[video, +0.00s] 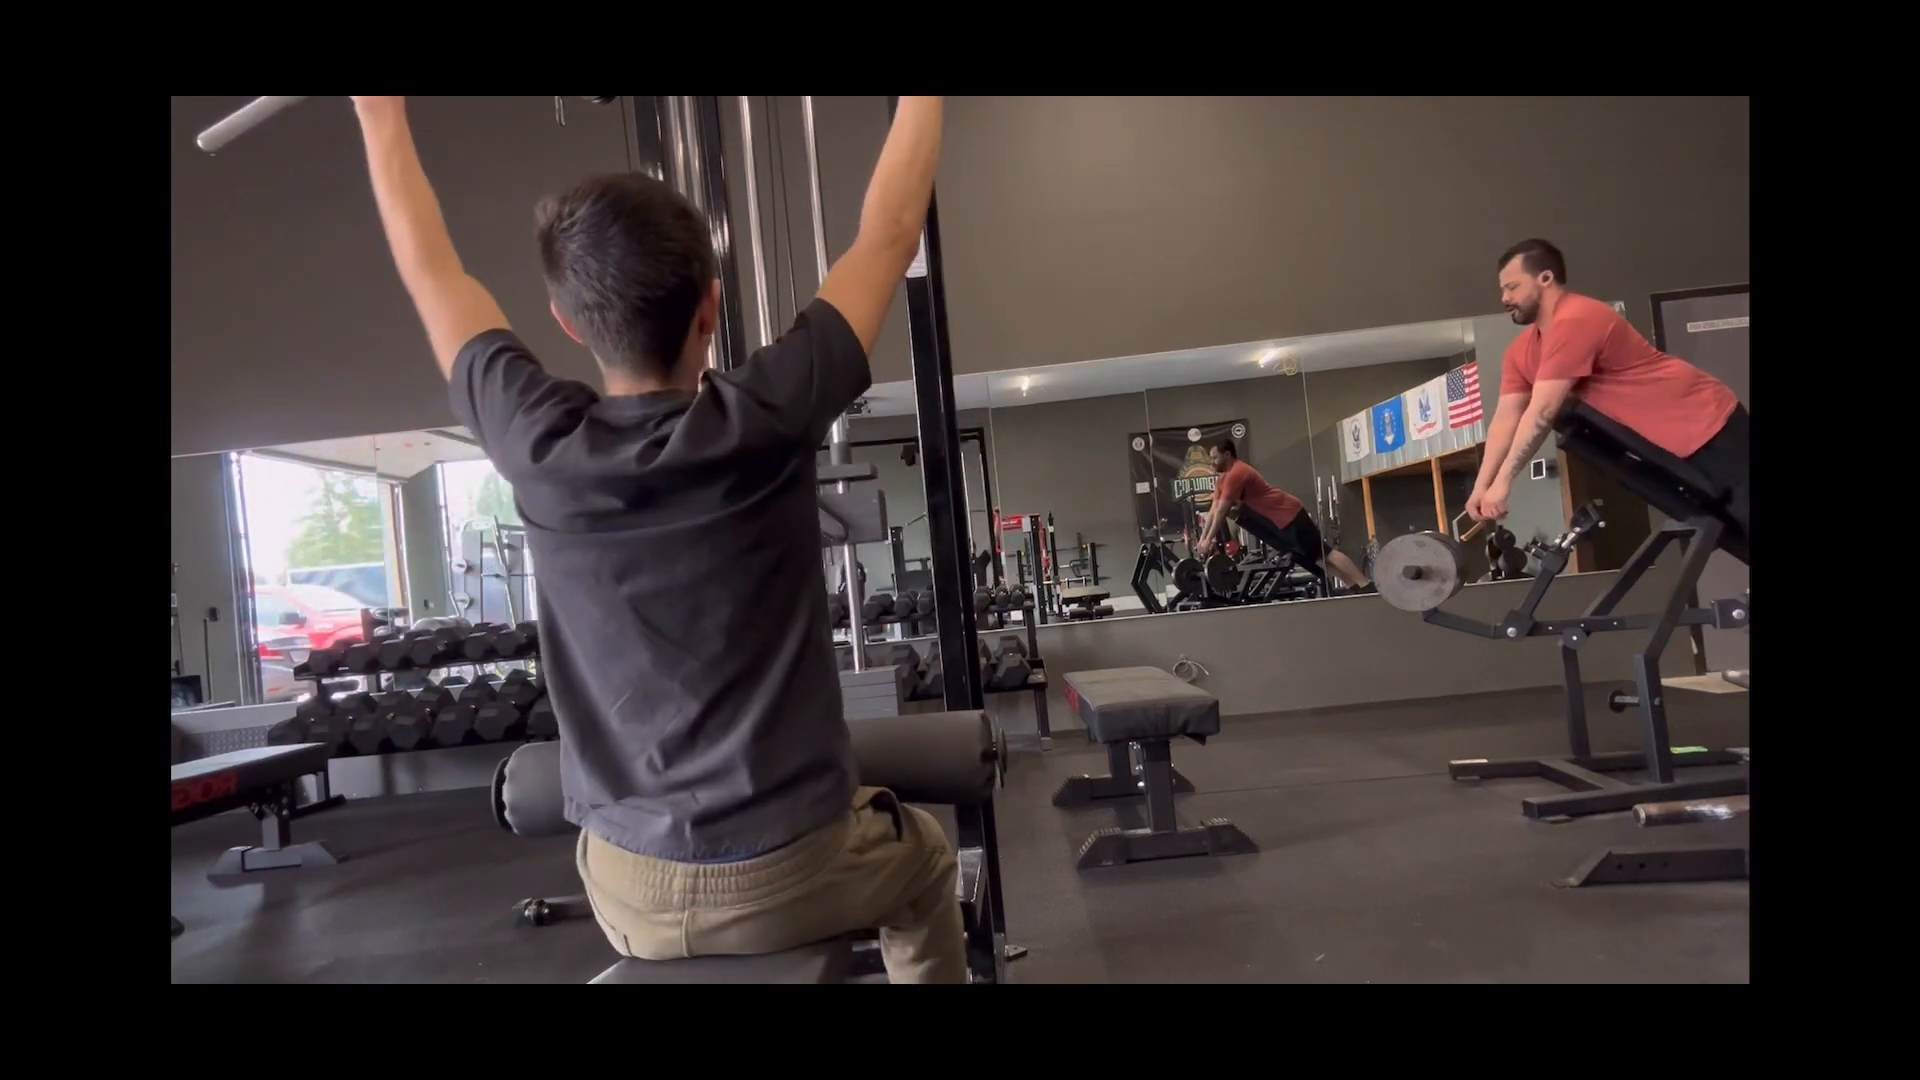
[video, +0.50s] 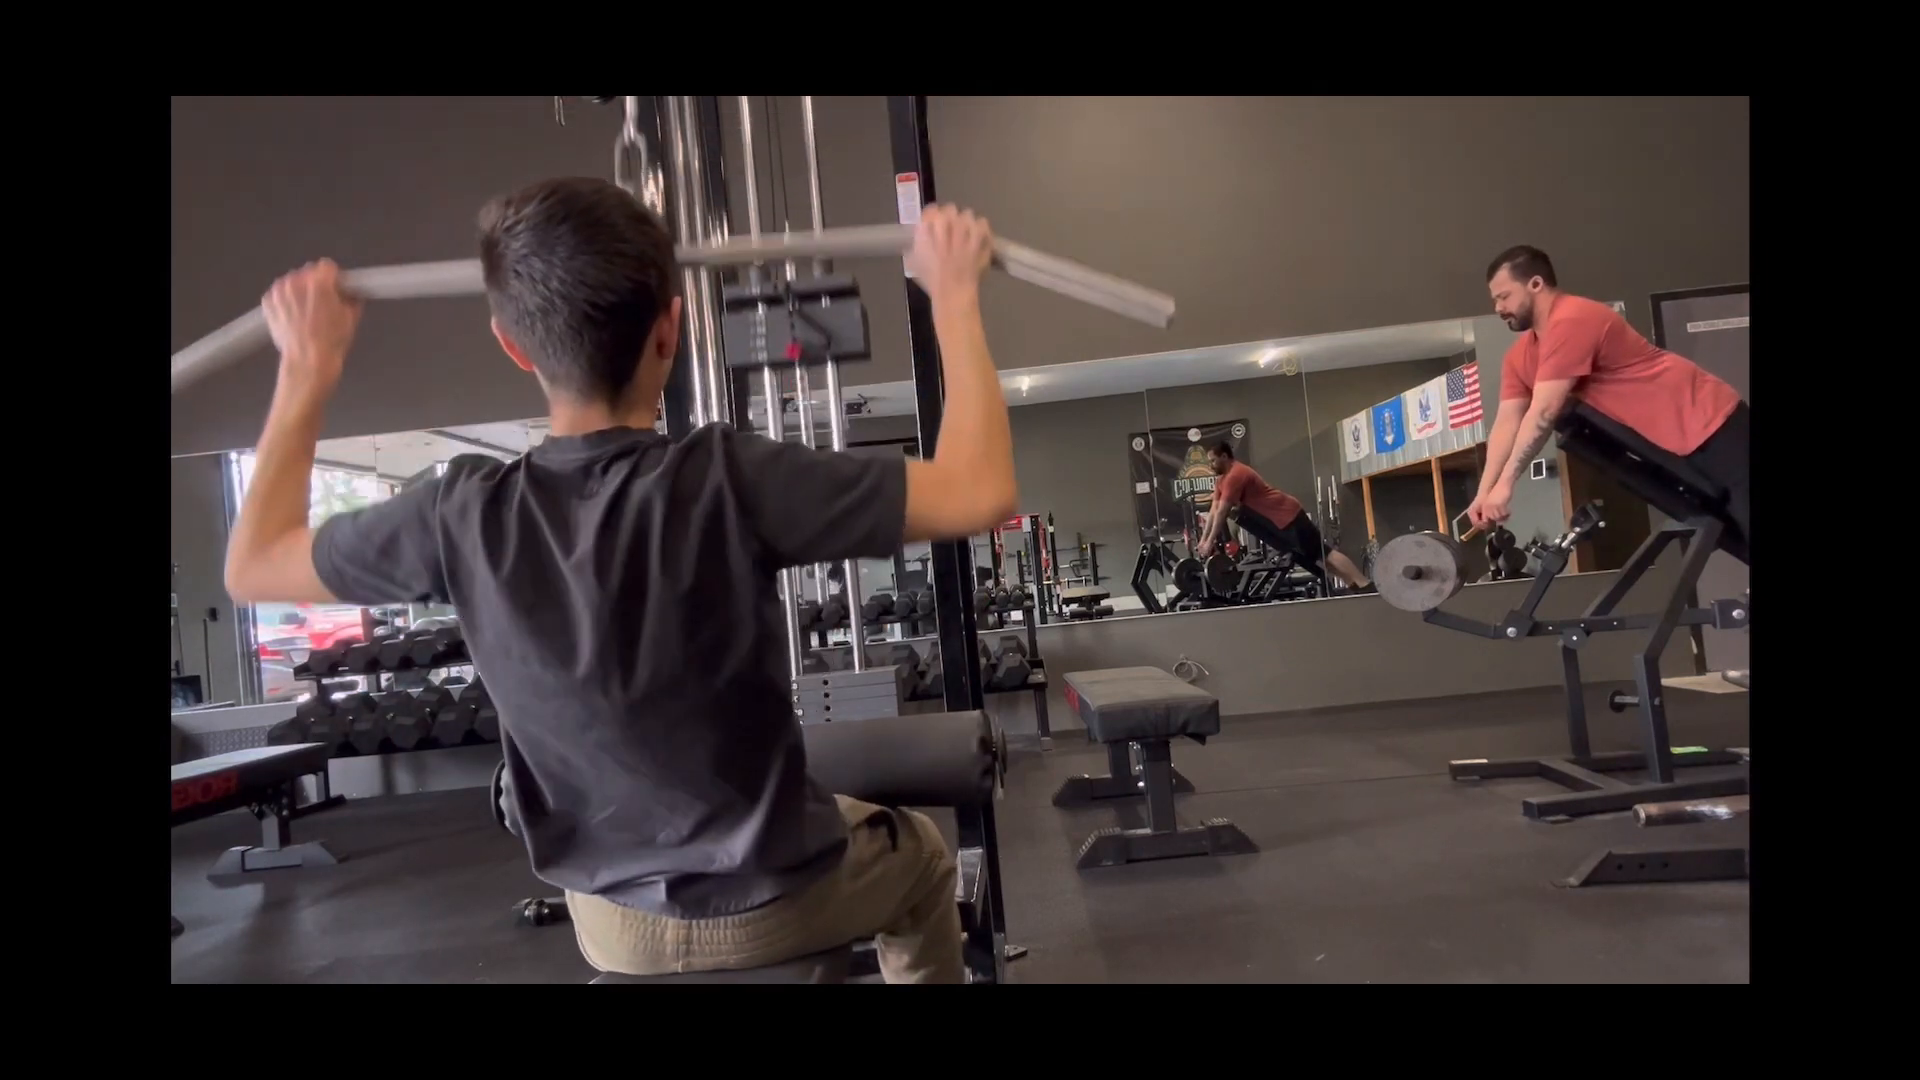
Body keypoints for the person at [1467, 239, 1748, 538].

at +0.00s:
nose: (1504, 299)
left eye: (1511, 287)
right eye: (1502, 291)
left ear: (1545, 279)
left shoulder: (1576, 317)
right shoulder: (1520, 351)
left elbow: (1542, 412)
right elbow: (1505, 416)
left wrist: (1503, 479)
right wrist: (1482, 483)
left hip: (1708, 422)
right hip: (1667, 449)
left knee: (1745, 517)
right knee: (1732, 532)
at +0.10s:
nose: (1504, 301)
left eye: (1510, 289)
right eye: (1501, 294)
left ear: (1544, 280)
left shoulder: (1575, 317)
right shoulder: (1521, 352)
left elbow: (1542, 413)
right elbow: (1505, 416)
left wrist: (1503, 480)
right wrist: (1482, 483)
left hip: (1708, 423)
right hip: (1666, 450)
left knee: (1745, 517)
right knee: (1733, 532)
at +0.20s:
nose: (1503, 302)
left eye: (1510, 290)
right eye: (1501, 294)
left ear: (1543, 281)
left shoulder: (1575, 317)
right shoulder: (1521, 351)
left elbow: (1541, 414)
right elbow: (1505, 417)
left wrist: (1503, 481)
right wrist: (1480, 484)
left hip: (1708, 422)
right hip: (1667, 448)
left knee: (1745, 518)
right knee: (1732, 532)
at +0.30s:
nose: (1503, 304)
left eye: (1509, 292)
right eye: (1499, 296)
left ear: (1542, 282)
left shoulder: (1574, 318)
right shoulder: (1520, 352)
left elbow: (1541, 415)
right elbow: (1504, 417)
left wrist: (1502, 482)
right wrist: (1480, 484)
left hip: (1709, 423)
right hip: (1667, 450)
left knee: (1745, 520)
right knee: (1732, 533)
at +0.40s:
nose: (1500, 307)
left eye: (1506, 295)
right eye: (1497, 299)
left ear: (1538, 283)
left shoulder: (1573, 318)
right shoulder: (1519, 354)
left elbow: (1542, 414)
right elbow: (1504, 420)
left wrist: (1503, 483)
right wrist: (1481, 487)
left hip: (1707, 420)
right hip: (1666, 448)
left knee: (1745, 524)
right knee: (1730, 534)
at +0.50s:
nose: (1498, 309)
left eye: (1503, 297)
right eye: (1494, 301)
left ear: (1535, 285)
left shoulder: (1571, 317)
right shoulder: (1519, 355)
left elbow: (1543, 413)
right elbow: (1506, 421)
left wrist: (1505, 483)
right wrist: (1485, 489)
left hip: (1710, 420)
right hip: (1669, 449)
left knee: (1745, 527)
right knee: (1730, 535)